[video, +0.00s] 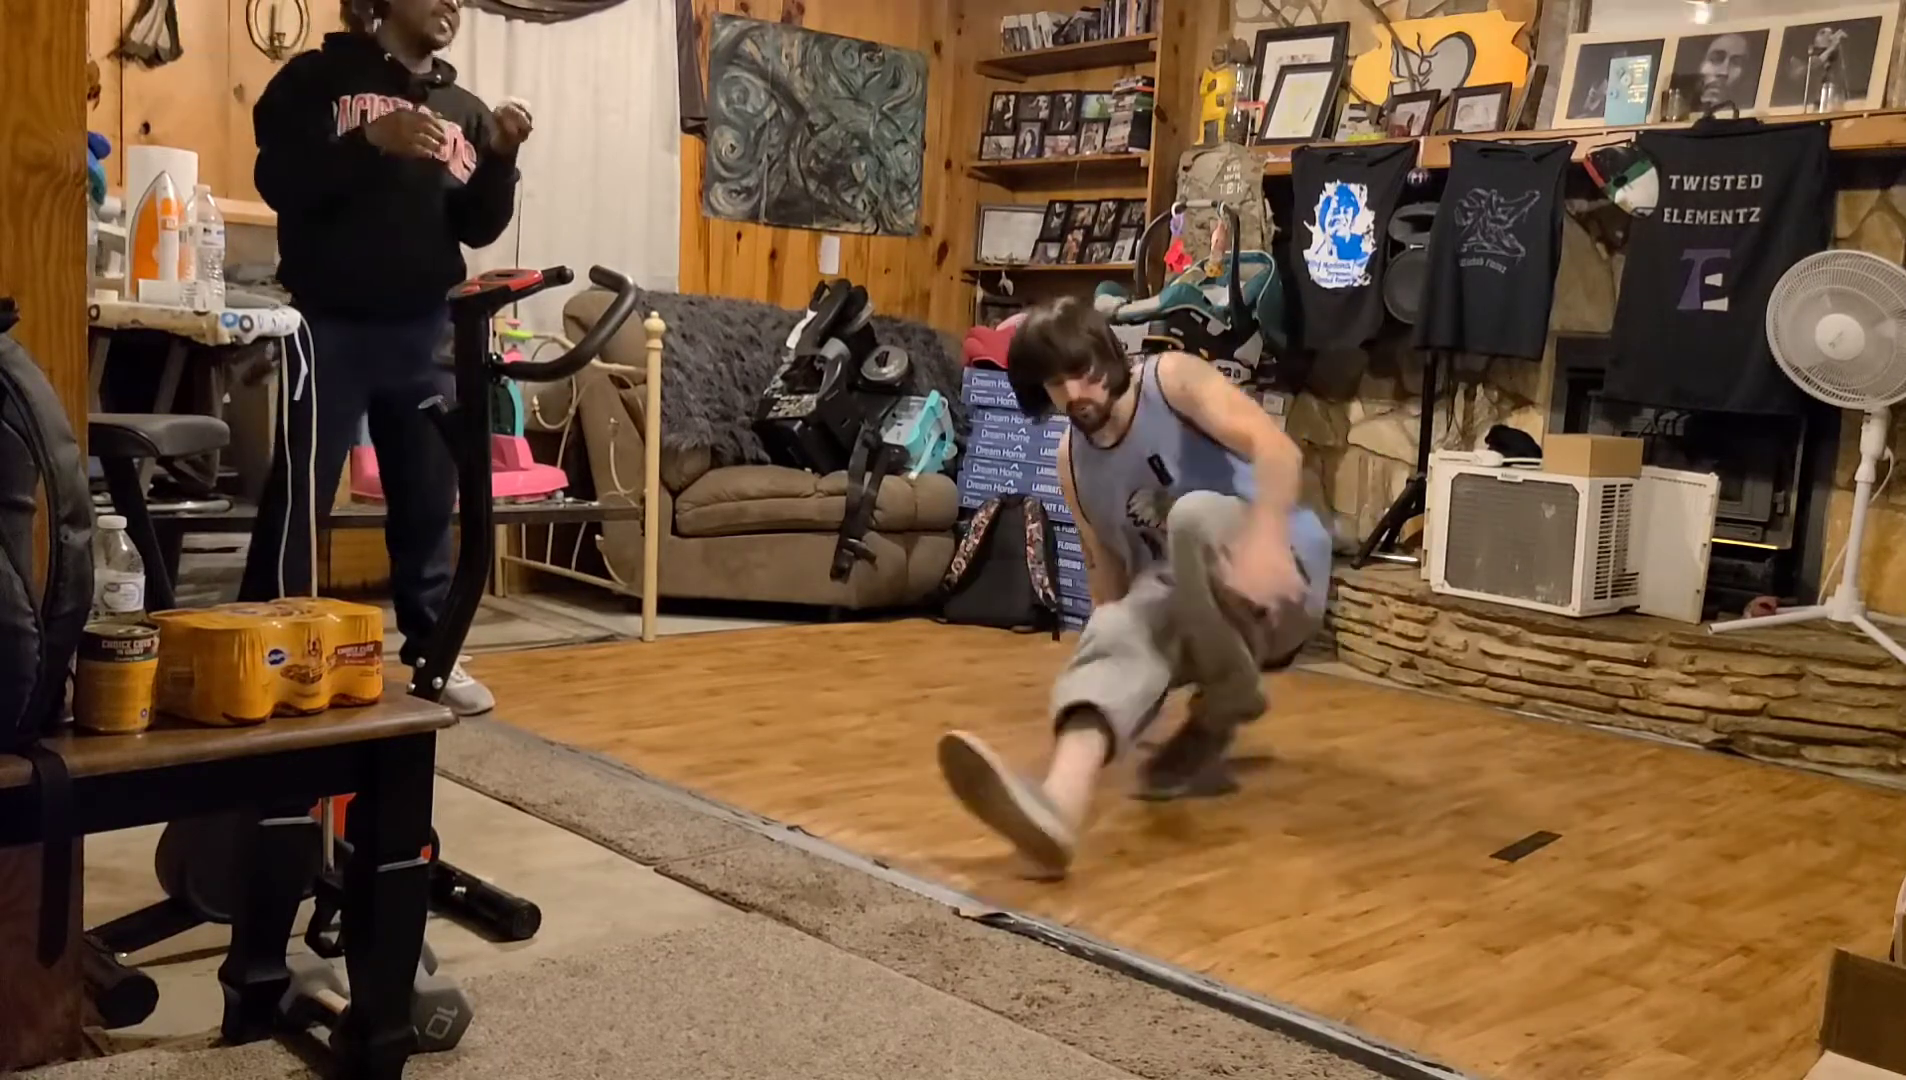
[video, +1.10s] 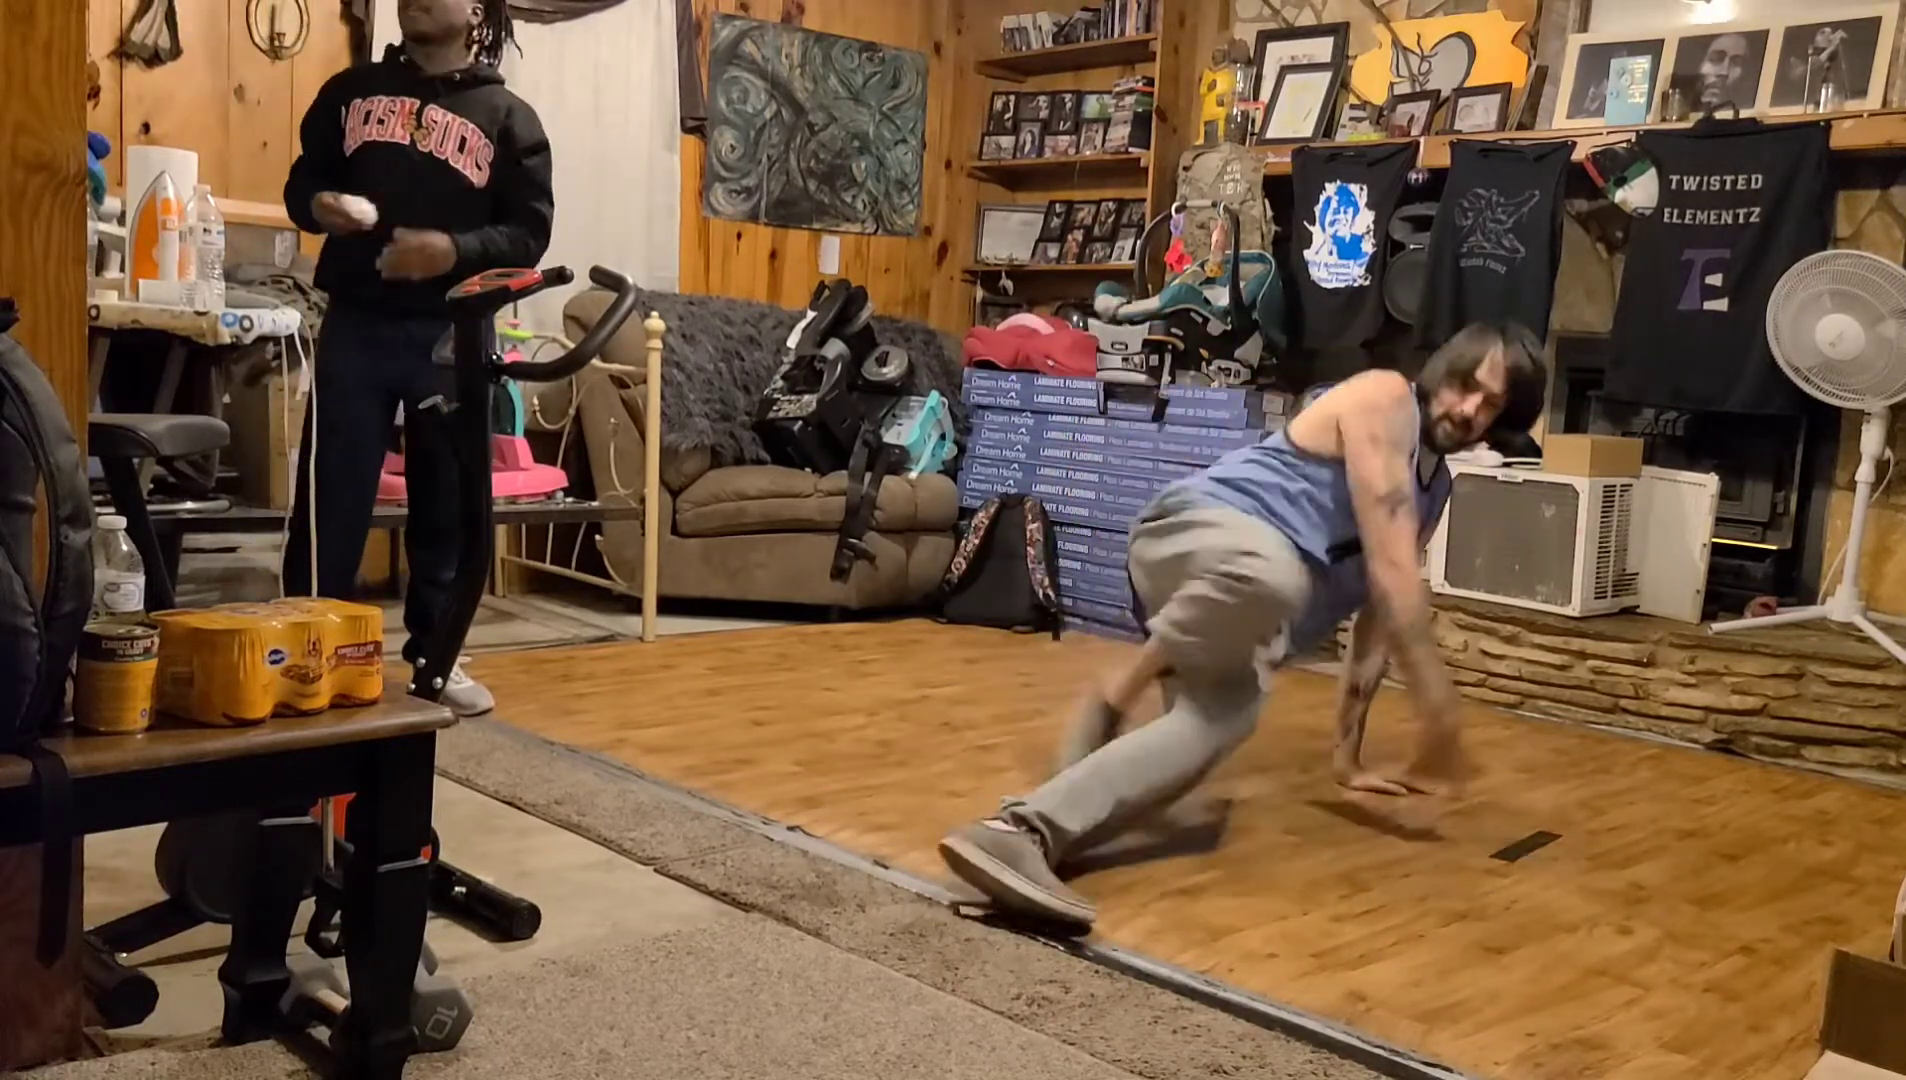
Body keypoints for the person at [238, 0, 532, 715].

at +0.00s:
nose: (452, 9)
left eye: (454, 1)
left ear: (443, 15)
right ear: (379, 3)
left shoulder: (462, 110)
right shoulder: (313, 78)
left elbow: (474, 227)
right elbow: (282, 182)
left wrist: (500, 159)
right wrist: (367, 139)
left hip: (423, 328)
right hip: (328, 325)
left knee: (428, 500)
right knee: (302, 496)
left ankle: (432, 657)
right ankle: (258, 656)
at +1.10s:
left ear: (477, 12)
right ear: (403, 8)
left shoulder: (508, 117)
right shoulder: (351, 89)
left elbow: (530, 236)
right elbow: (302, 186)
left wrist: (455, 249)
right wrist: (320, 204)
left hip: (451, 334)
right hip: (356, 327)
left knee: (449, 502)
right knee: (333, 495)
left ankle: (434, 661)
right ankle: (308, 657)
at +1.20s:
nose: (409, 1)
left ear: (468, 12)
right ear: (393, 7)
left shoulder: (501, 118)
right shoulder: (341, 91)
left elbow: (519, 237)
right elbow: (302, 180)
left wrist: (446, 276)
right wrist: (302, 205)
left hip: (446, 336)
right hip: (350, 329)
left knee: (448, 502)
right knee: (332, 495)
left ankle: (435, 663)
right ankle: (311, 658)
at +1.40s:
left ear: (417, 7)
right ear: (334, 5)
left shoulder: (456, 112)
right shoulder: (293, 93)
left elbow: (472, 245)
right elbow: (274, 197)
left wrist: (424, 333)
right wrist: (217, 214)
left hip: (416, 334)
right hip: (317, 329)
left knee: (433, 497)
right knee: (314, 494)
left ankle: (433, 657)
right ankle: (305, 654)